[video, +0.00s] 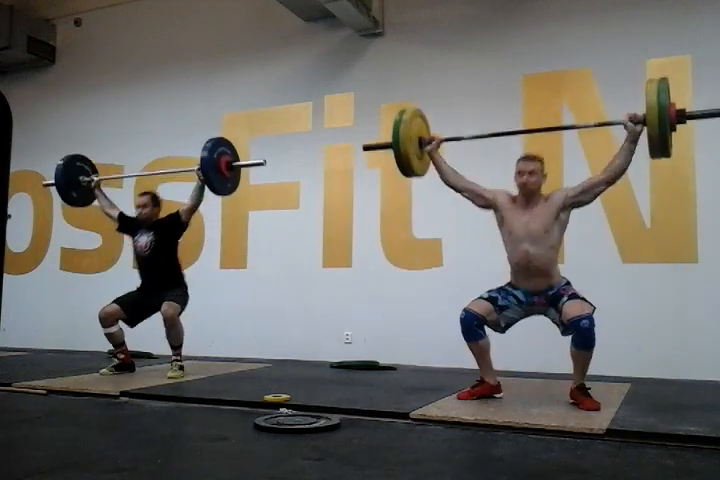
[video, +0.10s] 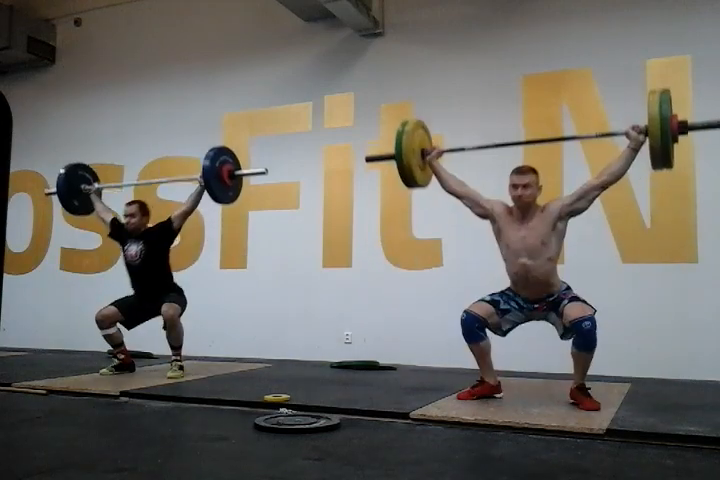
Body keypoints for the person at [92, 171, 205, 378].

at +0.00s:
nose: (139, 211)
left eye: (144, 207)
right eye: (138, 207)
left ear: (156, 208)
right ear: (136, 209)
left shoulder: (170, 225)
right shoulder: (134, 227)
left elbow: (191, 206)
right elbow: (110, 210)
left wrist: (201, 181)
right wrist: (96, 189)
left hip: (173, 289)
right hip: (148, 291)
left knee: (169, 313)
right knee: (107, 315)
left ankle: (177, 361)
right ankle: (124, 361)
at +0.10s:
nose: (127, 220)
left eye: (131, 216)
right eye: (125, 216)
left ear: (145, 218)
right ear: (124, 218)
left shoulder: (160, 234)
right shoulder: (124, 236)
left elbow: (186, 210)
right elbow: (104, 214)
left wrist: (201, 186)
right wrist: (93, 194)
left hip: (168, 294)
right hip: (143, 298)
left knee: (170, 314)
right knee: (104, 317)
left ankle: (176, 362)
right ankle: (124, 361)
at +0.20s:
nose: (120, 228)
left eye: (125, 223)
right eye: (118, 224)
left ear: (138, 225)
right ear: (115, 225)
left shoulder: (155, 241)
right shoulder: (117, 243)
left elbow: (184, 221)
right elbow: (101, 224)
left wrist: (202, 197)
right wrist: (93, 206)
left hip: (166, 299)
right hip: (141, 302)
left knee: (167, 315)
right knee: (101, 320)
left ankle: (175, 361)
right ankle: (124, 362)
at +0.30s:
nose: (115, 235)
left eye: (120, 231)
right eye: (114, 231)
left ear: (134, 233)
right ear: (112, 234)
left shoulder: (152, 248)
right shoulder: (115, 250)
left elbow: (183, 229)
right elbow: (99, 231)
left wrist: (203, 205)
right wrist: (92, 213)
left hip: (163, 305)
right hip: (138, 308)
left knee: (167, 316)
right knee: (98, 322)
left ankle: (176, 361)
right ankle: (123, 361)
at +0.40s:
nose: (114, 242)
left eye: (119, 237)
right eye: (112, 238)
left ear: (132, 239)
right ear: (110, 241)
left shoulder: (151, 253)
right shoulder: (114, 256)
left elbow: (181, 235)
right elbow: (99, 235)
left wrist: (202, 213)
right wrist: (93, 217)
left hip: (163, 310)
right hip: (137, 312)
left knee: (163, 318)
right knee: (98, 323)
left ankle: (175, 362)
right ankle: (124, 362)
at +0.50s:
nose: (113, 248)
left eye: (118, 243)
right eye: (111, 244)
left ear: (132, 244)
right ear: (109, 246)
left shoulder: (150, 257)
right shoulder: (114, 260)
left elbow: (181, 240)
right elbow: (98, 239)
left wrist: (203, 218)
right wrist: (93, 221)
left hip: (164, 311)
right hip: (138, 313)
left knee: (163, 317)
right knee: (99, 321)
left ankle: (175, 362)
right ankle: (125, 362)